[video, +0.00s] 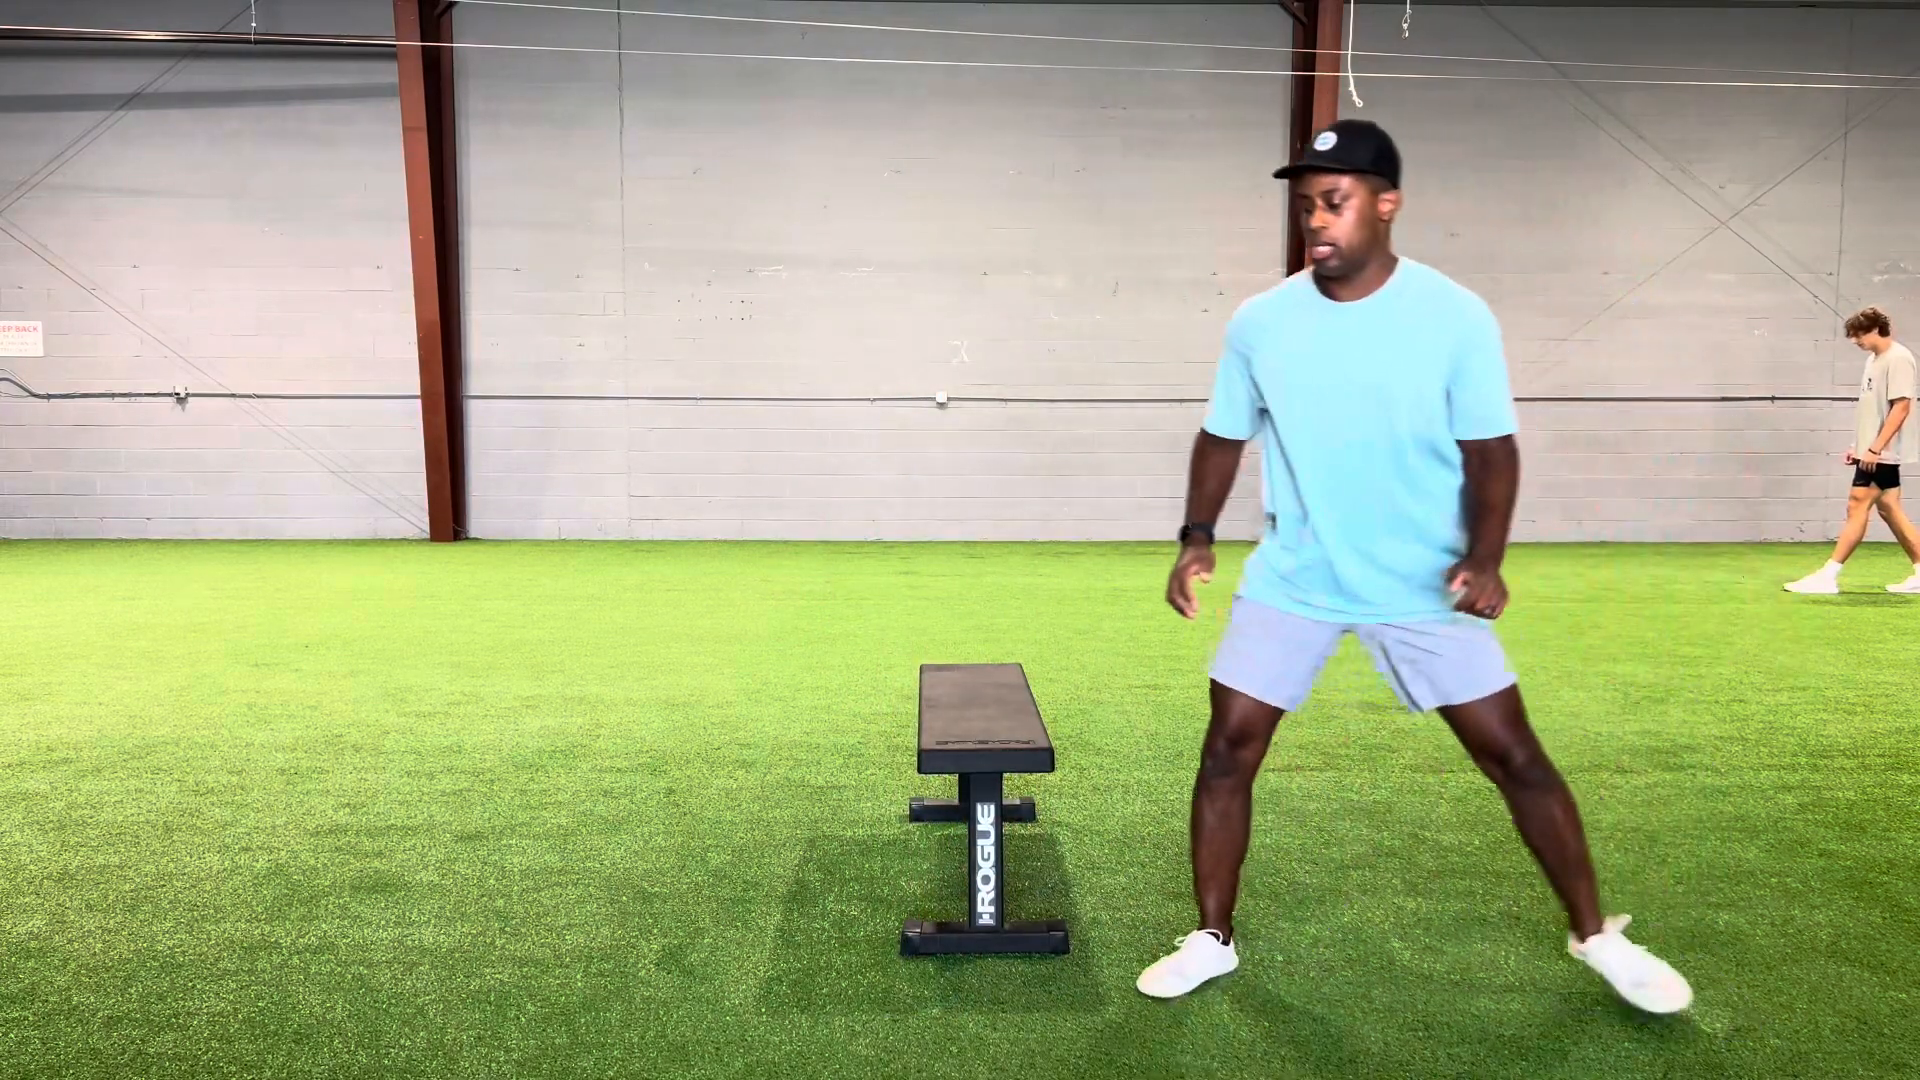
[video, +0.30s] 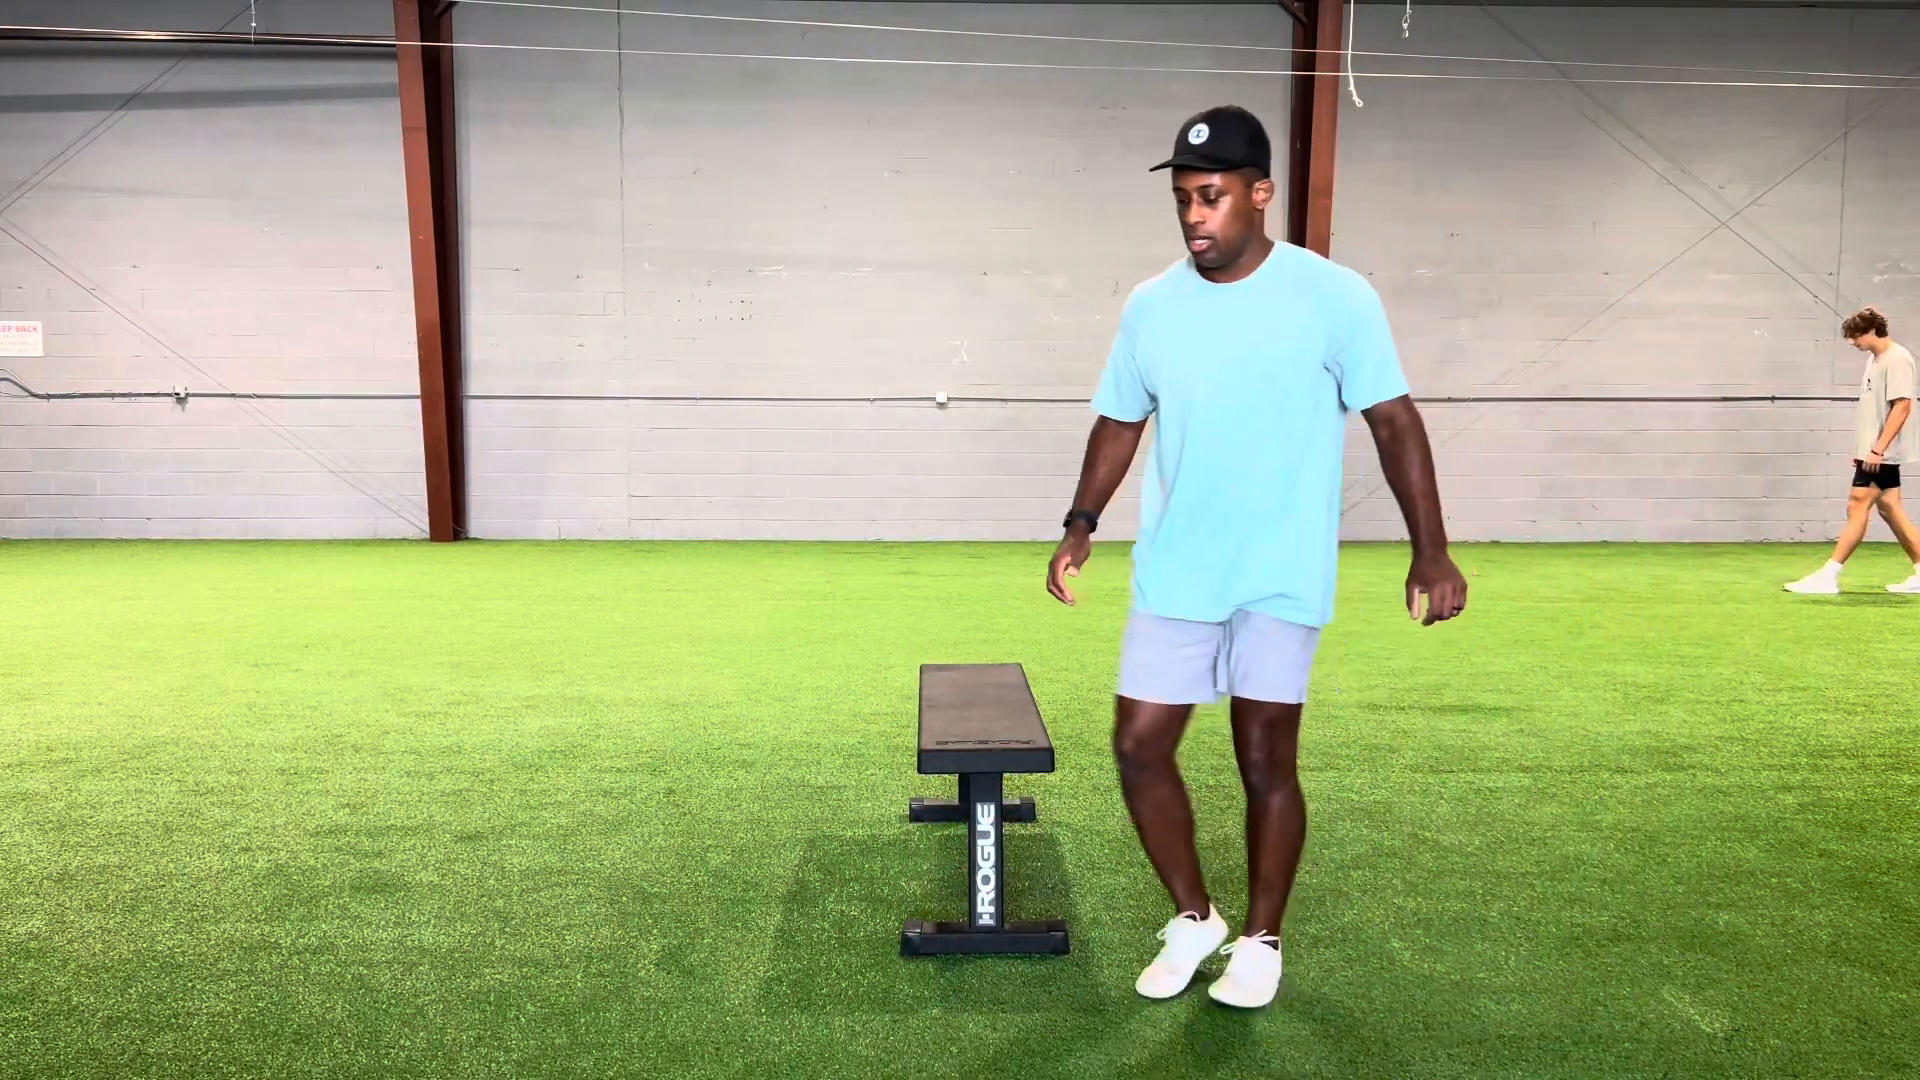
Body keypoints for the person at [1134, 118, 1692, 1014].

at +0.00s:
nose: (1314, 219)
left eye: (1334, 202)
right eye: (1305, 202)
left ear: (1388, 206)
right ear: (1298, 208)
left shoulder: (1457, 319)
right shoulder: (1260, 325)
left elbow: (1491, 451)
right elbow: (1222, 437)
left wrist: (1485, 559)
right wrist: (1196, 535)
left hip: (1423, 584)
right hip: (1293, 576)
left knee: (1516, 756)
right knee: (1228, 744)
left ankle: (1595, 932)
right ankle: (1212, 937)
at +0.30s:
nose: (1193, 215)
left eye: (1211, 197)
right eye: (1184, 198)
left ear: (1261, 195)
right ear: (1175, 199)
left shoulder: (1337, 298)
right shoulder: (1152, 306)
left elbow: (1394, 423)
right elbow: (1119, 423)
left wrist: (1431, 549)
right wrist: (1081, 520)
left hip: (1283, 572)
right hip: (1174, 570)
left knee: (1264, 757)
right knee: (1138, 743)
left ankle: (1260, 940)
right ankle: (1194, 917)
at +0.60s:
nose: (1111, 248)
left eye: (1131, 229)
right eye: (1098, 227)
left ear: (1170, 225)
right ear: (1081, 219)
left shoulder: (1219, 325)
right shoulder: (1041, 314)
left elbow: (1253, 461)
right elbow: (1004, 424)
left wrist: (1227, 578)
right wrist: (985, 524)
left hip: (1172, 588)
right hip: (1058, 578)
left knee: (1201, 772)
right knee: (992, 747)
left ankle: (1250, 938)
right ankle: (943, 933)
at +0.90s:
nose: (1024, 381)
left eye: (1044, 362)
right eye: (1010, 359)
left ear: (1078, 346)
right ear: (991, 342)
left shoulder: (1126, 424)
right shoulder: (941, 411)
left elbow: (1159, 547)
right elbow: (896, 507)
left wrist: (1109, 649)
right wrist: (900, 603)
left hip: (1080, 619)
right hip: (971, 612)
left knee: (1097, 772)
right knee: (937, 759)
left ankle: (1078, 938)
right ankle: (934, 940)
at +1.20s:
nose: (1016, 456)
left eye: (1033, 436)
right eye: (1001, 435)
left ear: (1060, 427)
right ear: (980, 420)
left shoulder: (1101, 504)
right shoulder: (924, 494)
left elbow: (1153, 616)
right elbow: (867, 586)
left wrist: (1129, 669)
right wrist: (884, 658)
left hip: (1054, 682)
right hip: (948, 680)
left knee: (1089, 778)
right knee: (924, 768)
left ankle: (1074, 941)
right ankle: (937, 943)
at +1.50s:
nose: (996, 412)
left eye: (1012, 396)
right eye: (981, 397)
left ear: (1033, 401)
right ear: (960, 402)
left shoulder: (1078, 490)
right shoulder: (911, 493)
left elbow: (1108, 590)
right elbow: (880, 599)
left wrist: (1106, 629)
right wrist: (897, 639)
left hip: (1047, 682)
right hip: (946, 684)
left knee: (1094, 751)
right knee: (913, 760)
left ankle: (1074, 935)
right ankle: (934, 940)